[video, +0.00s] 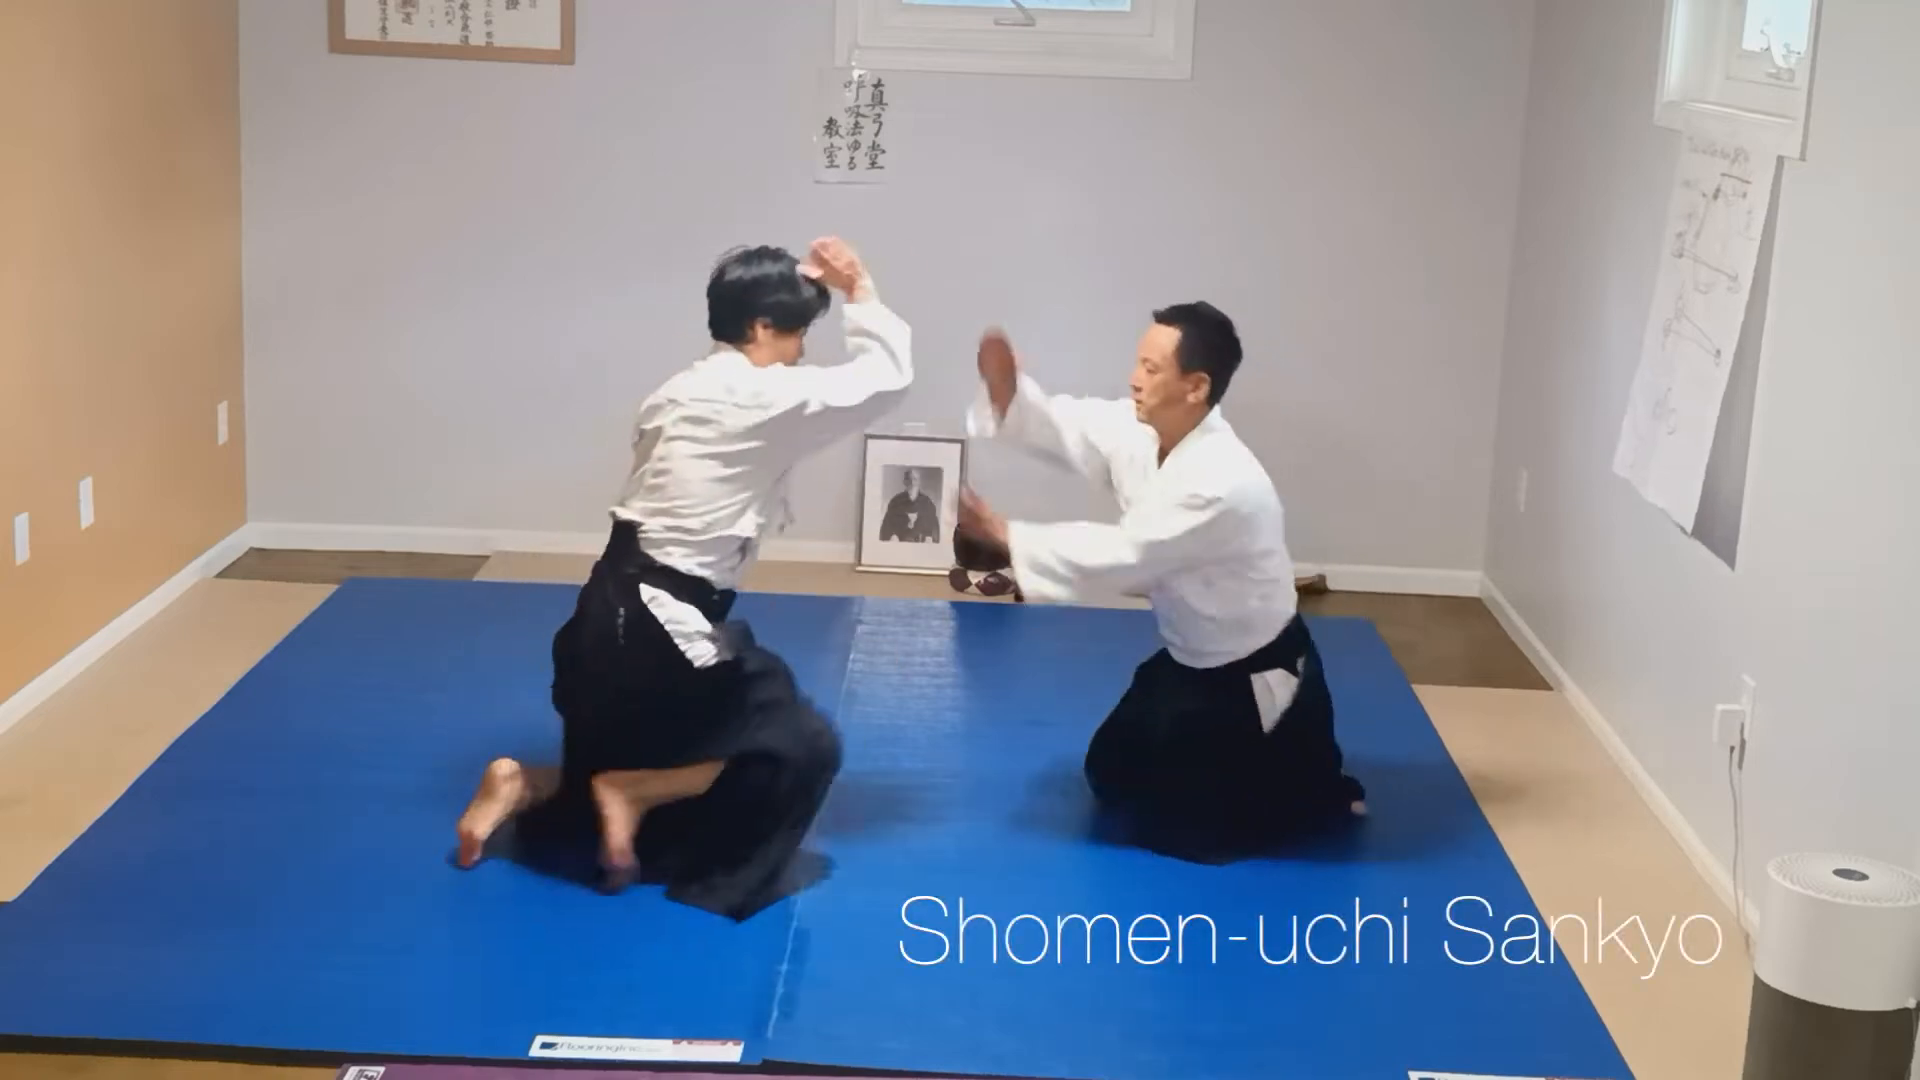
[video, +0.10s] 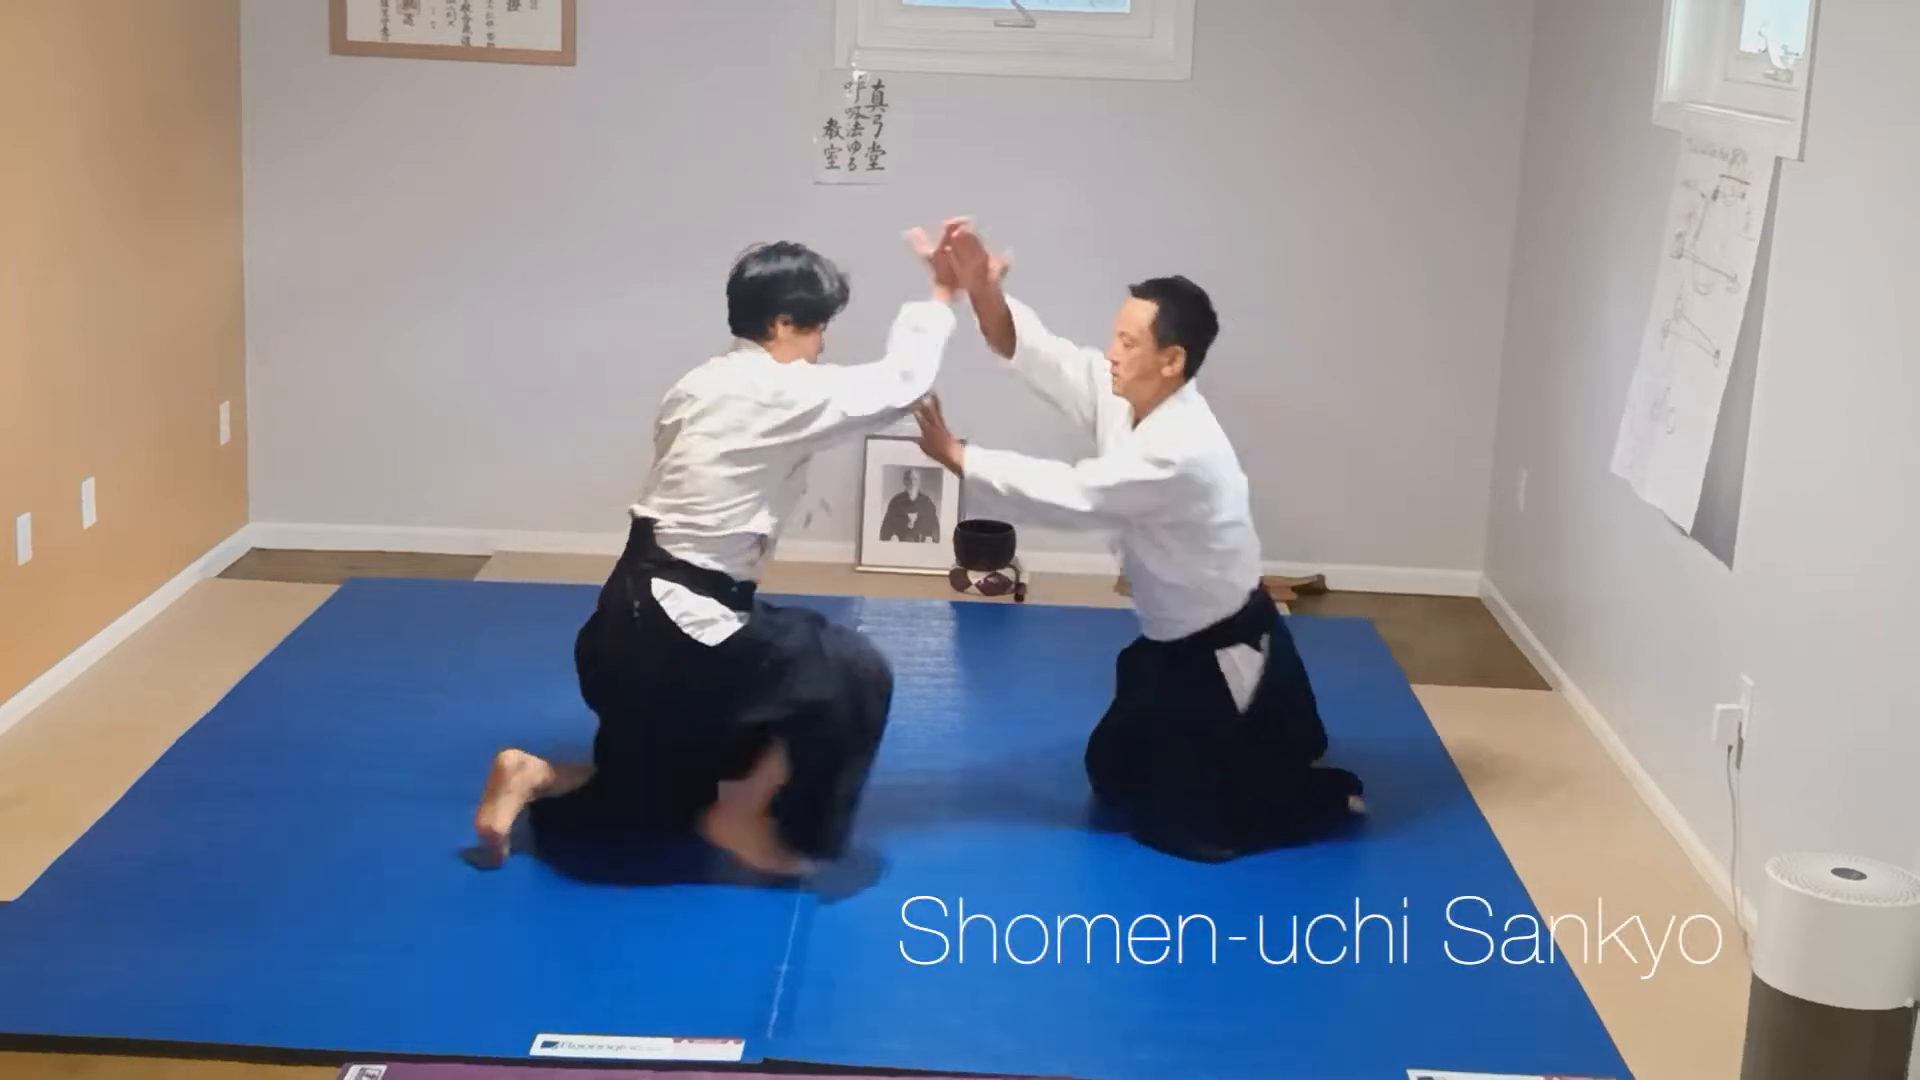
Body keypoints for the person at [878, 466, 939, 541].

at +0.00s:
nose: (912, 482)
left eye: (915, 479)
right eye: (908, 479)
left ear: (919, 481)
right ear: (904, 482)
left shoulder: (927, 502)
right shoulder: (896, 501)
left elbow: (934, 524)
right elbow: (887, 525)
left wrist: (934, 542)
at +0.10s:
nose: (912, 483)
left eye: (915, 480)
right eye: (908, 479)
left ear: (919, 482)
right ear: (904, 482)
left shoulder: (926, 502)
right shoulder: (896, 501)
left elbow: (934, 523)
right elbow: (887, 524)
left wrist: (933, 540)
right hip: (900, 545)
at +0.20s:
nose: (912, 483)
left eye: (915, 480)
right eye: (909, 480)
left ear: (919, 481)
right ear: (904, 482)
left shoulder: (927, 502)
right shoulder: (896, 501)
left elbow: (934, 524)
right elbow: (887, 525)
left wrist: (932, 539)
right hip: (899, 544)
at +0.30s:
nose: (912, 483)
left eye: (915, 479)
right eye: (909, 479)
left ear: (919, 481)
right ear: (905, 482)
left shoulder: (927, 502)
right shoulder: (896, 501)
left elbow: (934, 525)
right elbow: (887, 526)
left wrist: (934, 542)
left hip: (922, 546)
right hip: (900, 545)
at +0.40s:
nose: (912, 483)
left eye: (915, 480)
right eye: (909, 480)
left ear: (919, 482)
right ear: (904, 482)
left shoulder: (927, 502)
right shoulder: (896, 501)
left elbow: (934, 524)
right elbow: (886, 526)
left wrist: (934, 542)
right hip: (900, 546)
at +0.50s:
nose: (912, 483)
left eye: (915, 480)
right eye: (909, 480)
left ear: (919, 482)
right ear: (904, 482)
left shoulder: (927, 502)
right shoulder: (896, 501)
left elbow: (934, 525)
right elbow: (887, 525)